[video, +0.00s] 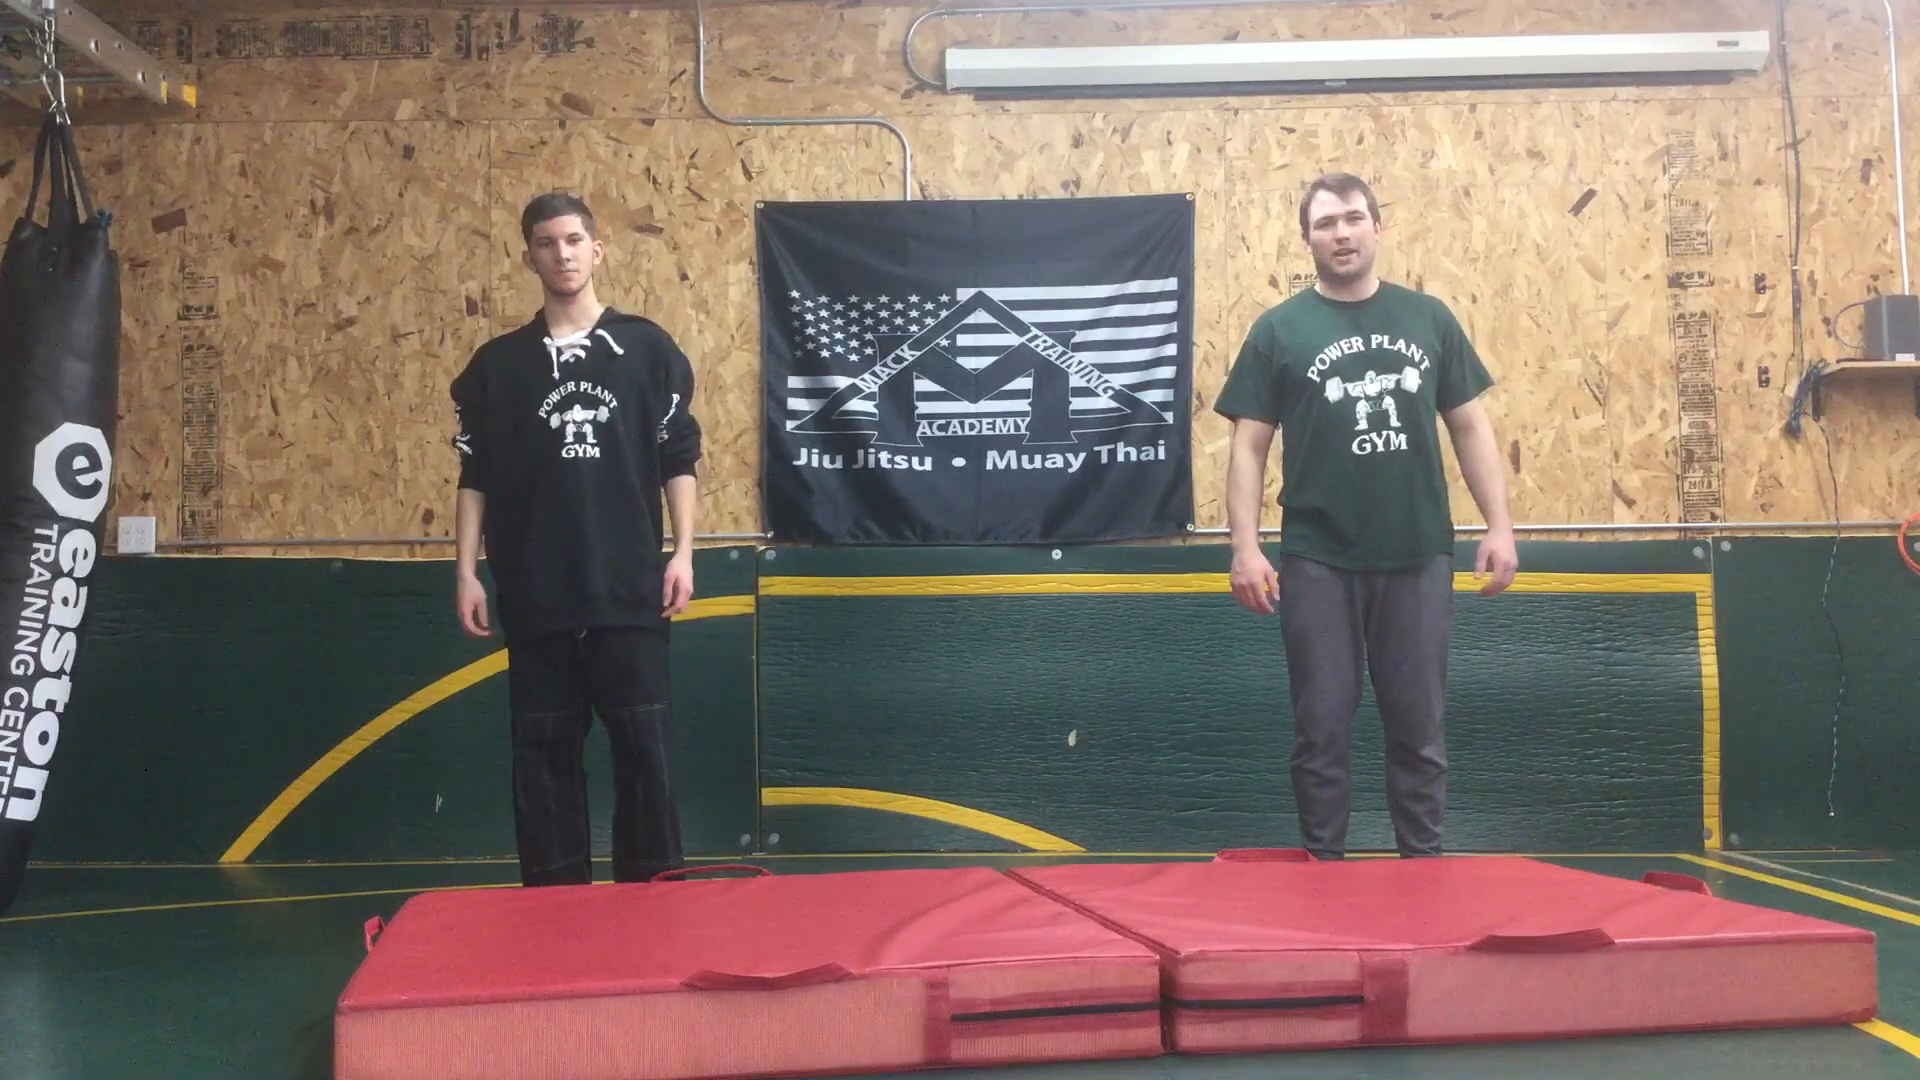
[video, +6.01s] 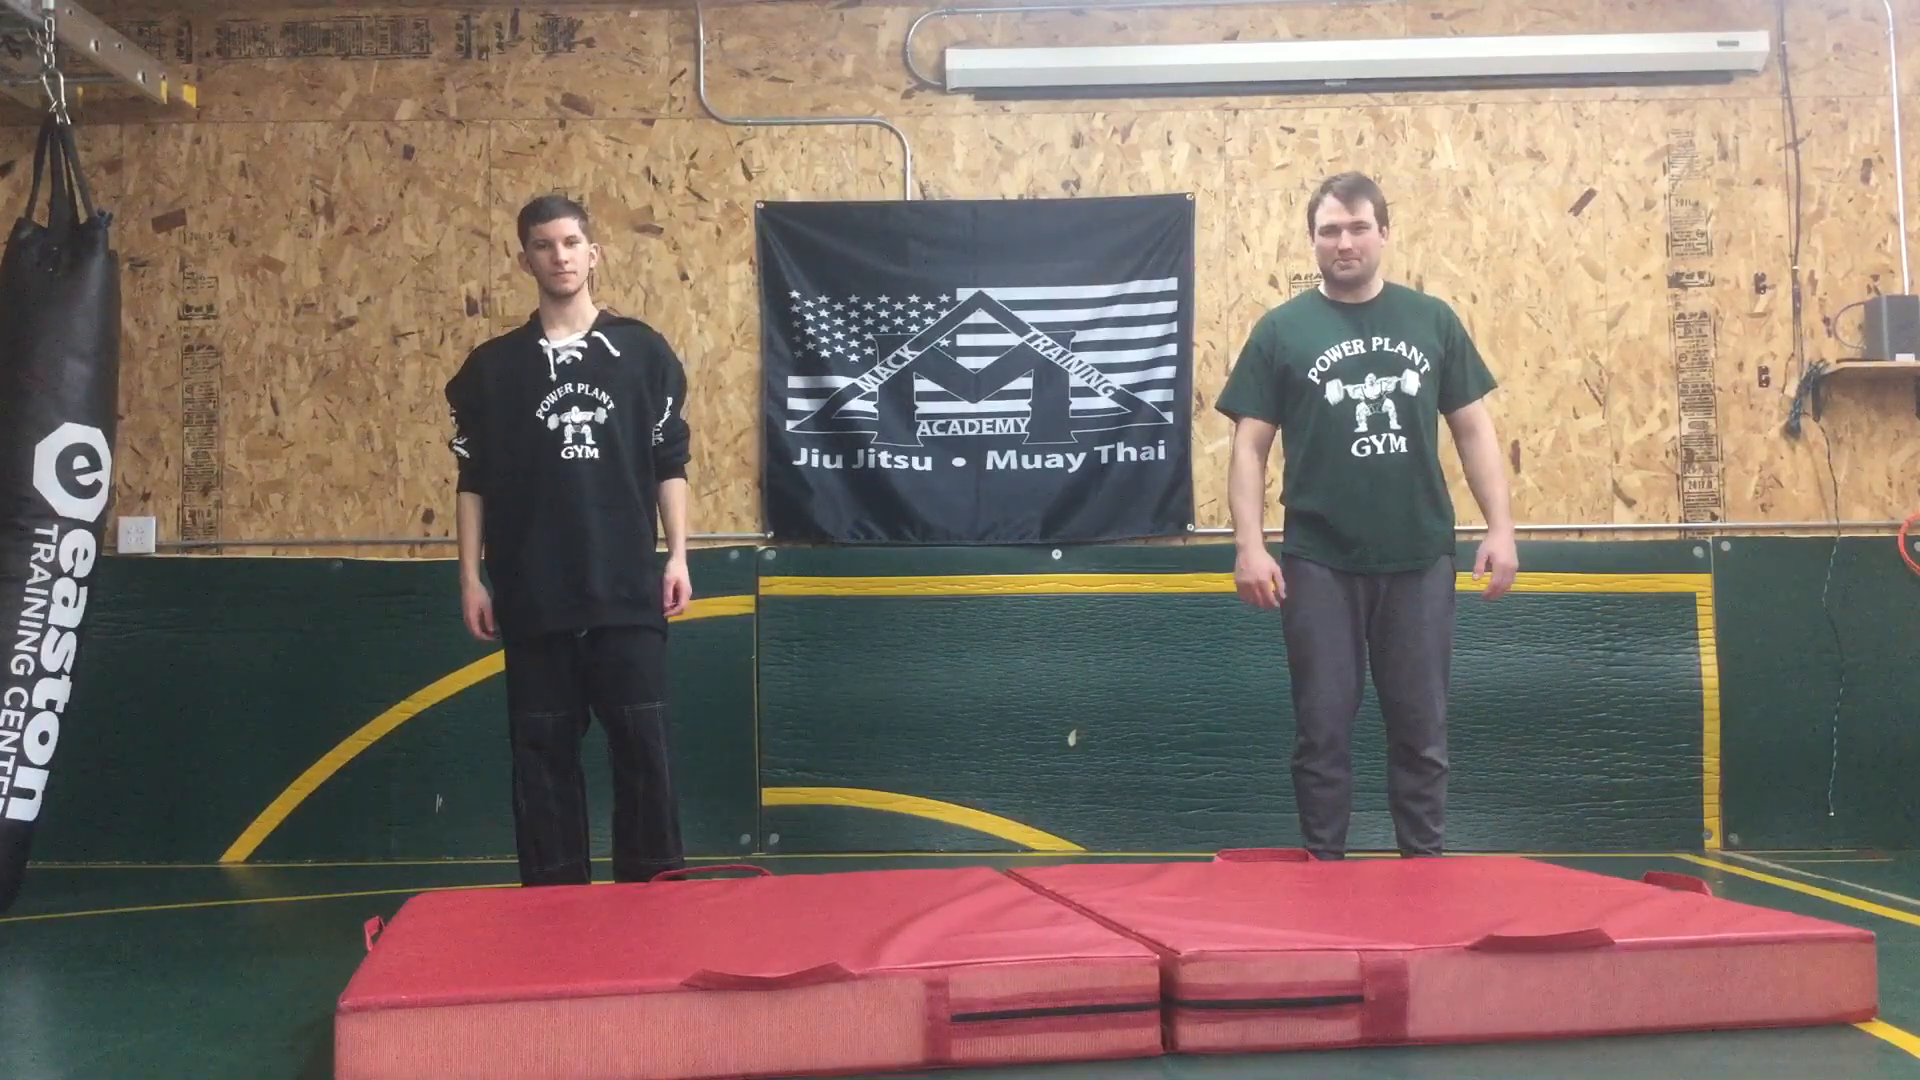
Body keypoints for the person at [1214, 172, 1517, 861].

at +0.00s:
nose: (1342, 233)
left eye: (1353, 219)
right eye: (1325, 224)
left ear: (1378, 228)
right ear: (1307, 240)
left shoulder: (1428, 318)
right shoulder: (1279, 331)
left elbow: (1469, 425)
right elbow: (1249, 446)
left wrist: (1500, 525)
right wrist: (1245, 546)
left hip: (1416, 553)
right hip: (1317, 556)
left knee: (1418, 726)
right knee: (1322, 725)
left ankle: (1423, 869)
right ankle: (1323, 870)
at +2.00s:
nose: (1336, 230)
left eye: (1348, 217)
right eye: (1320, 222)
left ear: (1376, 229)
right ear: (1304, 241)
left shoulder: (1428, 318)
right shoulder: (1278, 331)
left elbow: (1468, 426)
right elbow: (1249, 446)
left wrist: (1497, 525)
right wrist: (1249, 547)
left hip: (1417, 555)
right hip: (1317, 557)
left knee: (1419, 726)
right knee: (1322, 725)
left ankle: (1423, 870)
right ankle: (1324, 871)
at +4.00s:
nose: (1337, 241)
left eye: (1349, 225)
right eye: (1322, 231)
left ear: (1375, 231)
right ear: (1305, 243)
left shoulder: (1429, 319)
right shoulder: (1278, 332)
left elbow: (1468, 425)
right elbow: (1249, 446)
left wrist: (1495, 524)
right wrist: (1252, 546)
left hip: (1416, 555)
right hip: (1316, 557)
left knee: (1420, 728)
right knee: (1322, 727)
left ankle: (1422, 871)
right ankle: (1323, 873)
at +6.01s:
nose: (1345, 242)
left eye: (1358, 228)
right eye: (1331, 231)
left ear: (1383, 234)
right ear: (1312, 241)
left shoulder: (1432, 321)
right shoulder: (1281, 331)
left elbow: (1472, 428)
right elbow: (1250, 446)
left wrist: (1501, 526)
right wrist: (1250, 545)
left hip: (1419, 555)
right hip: (1319, 557)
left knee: (1421, 726)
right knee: (1323, 725)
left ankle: (1423, 869)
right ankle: (1323, 871)